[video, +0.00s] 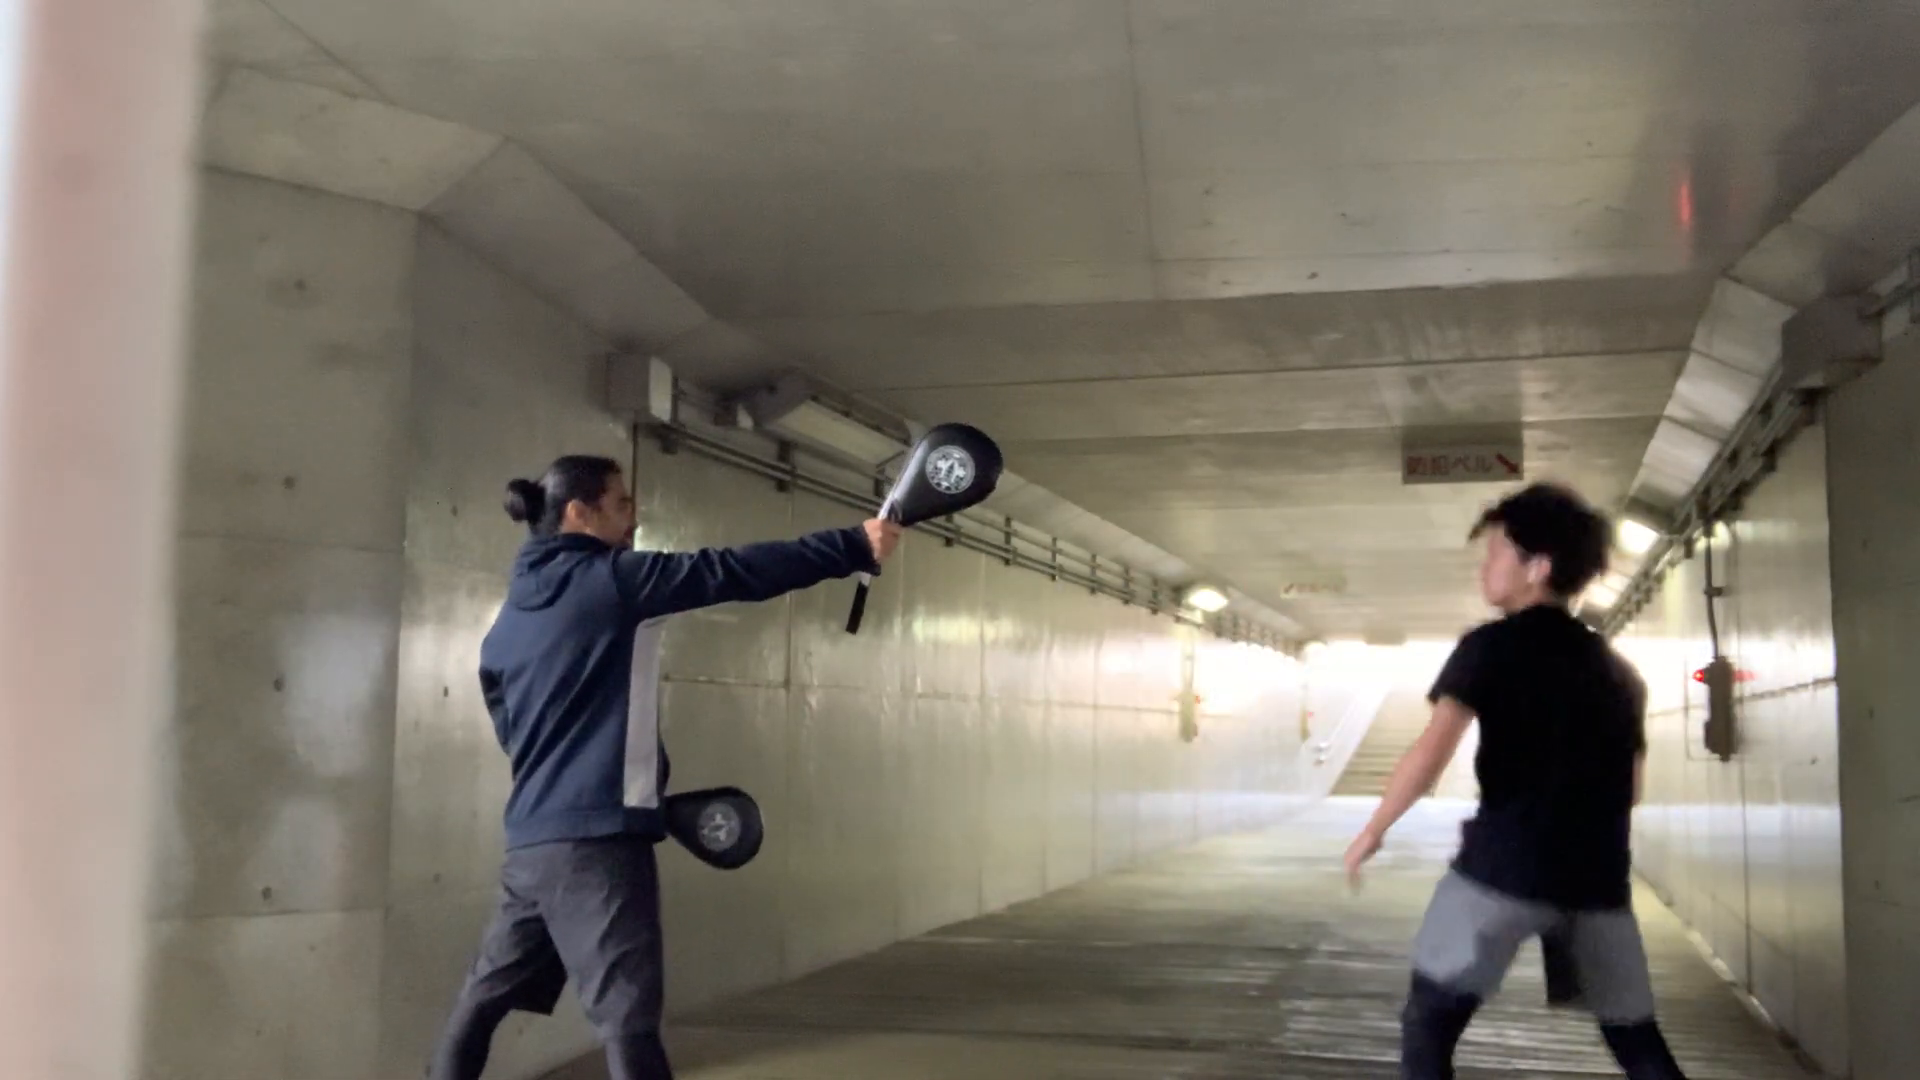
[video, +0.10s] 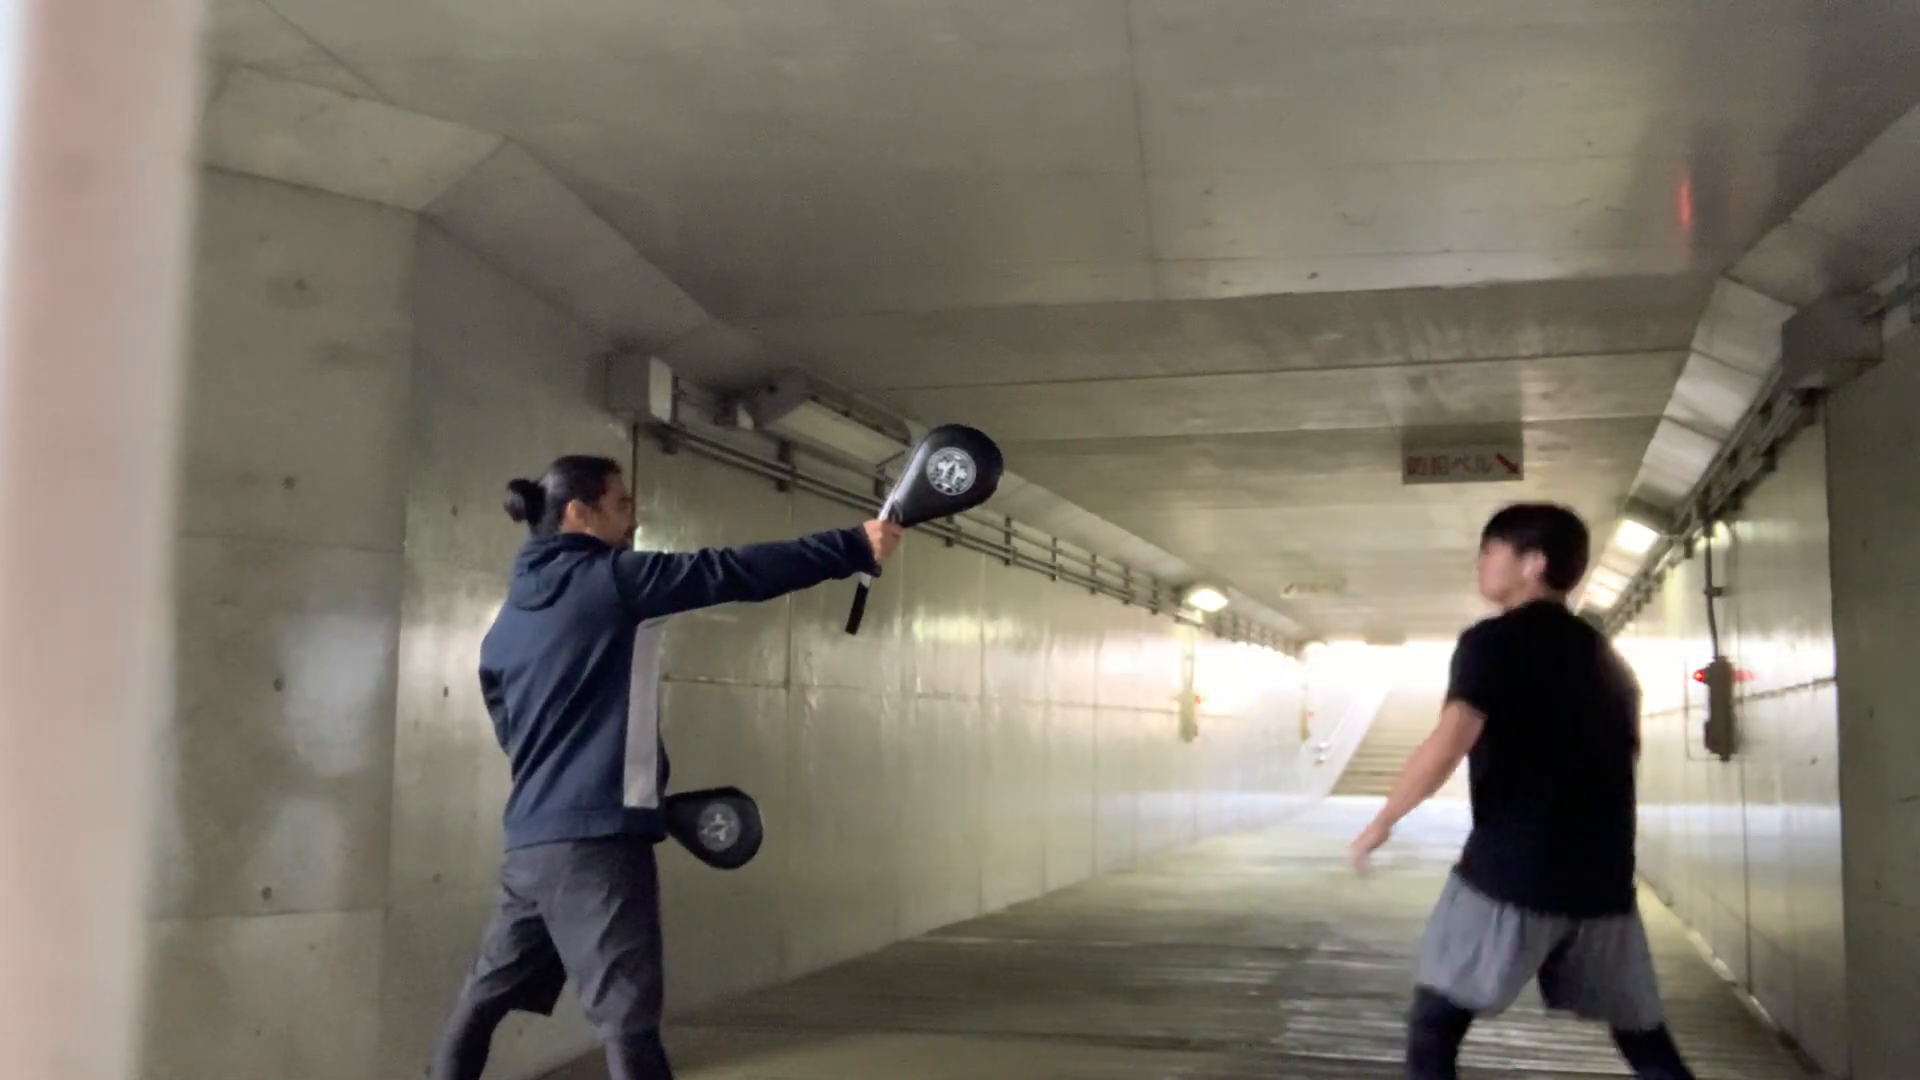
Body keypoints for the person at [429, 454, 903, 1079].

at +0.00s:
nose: (634, 517)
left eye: (631, 504)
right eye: (623, 505)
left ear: (568, 517)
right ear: (580, 512)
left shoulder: (502, 632)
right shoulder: (612, 578)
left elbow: (528, 746)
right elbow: (731, 571)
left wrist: (639, 789)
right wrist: (855, 545)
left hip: (533, 839)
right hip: (596, 838)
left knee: (479, 1006)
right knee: (628, 1025)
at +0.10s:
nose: (634, 517)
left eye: (631, 504)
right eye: (624, 504)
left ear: (568, 516)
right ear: (580, 512)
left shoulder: (502, 632)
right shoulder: (613, 578)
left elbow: (527, 745)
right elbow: (732, 571)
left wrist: (639, 787)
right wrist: (855, 545)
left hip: (532, 840)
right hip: (596, 839)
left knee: (478, 1006)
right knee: (628, 1027)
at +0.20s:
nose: (634, 519)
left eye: (631, 506)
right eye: (623, 506)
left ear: (568, 517)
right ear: (579, 512)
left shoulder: (501, 633)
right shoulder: (612, 578)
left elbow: (526, 747)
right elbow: (731, 572)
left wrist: (638, 785)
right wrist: (855, 545)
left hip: (531, 841)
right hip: (596, 840)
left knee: (477, 1008)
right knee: (628, 1029)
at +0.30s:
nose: (634, 517)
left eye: (630, 504)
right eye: (623, 504)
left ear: (568, 517)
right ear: (578, 513)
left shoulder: (501, 633)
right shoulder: (611, 578)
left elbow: (526, 747)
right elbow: (731, 572)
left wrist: (637, 785)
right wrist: (855, 546)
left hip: (532, 841)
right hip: (595, 841)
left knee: (477, 1009)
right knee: (628, 1029)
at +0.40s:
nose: (634, 515)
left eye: (630, 502)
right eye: (622, 503)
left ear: (567, 517)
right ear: (577, 512)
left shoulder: (500, 632)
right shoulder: (613, 578)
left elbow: (523, 744)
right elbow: (732, 572)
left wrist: (633, 778)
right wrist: (854, 549)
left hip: (531, 841)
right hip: (596, 839)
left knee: (476, 1009)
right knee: (629, 1026)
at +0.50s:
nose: (632, 518)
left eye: (629, 505)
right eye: (621, 505)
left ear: (567, 517)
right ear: (576, 513)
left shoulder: (500, 632)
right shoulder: (613, 578)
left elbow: (522, 744)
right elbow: (731, 573)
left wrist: (633, 778)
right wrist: (856, 552)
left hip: (532, 840)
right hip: (595, 839)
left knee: (477, 1007)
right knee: (627, 1025)